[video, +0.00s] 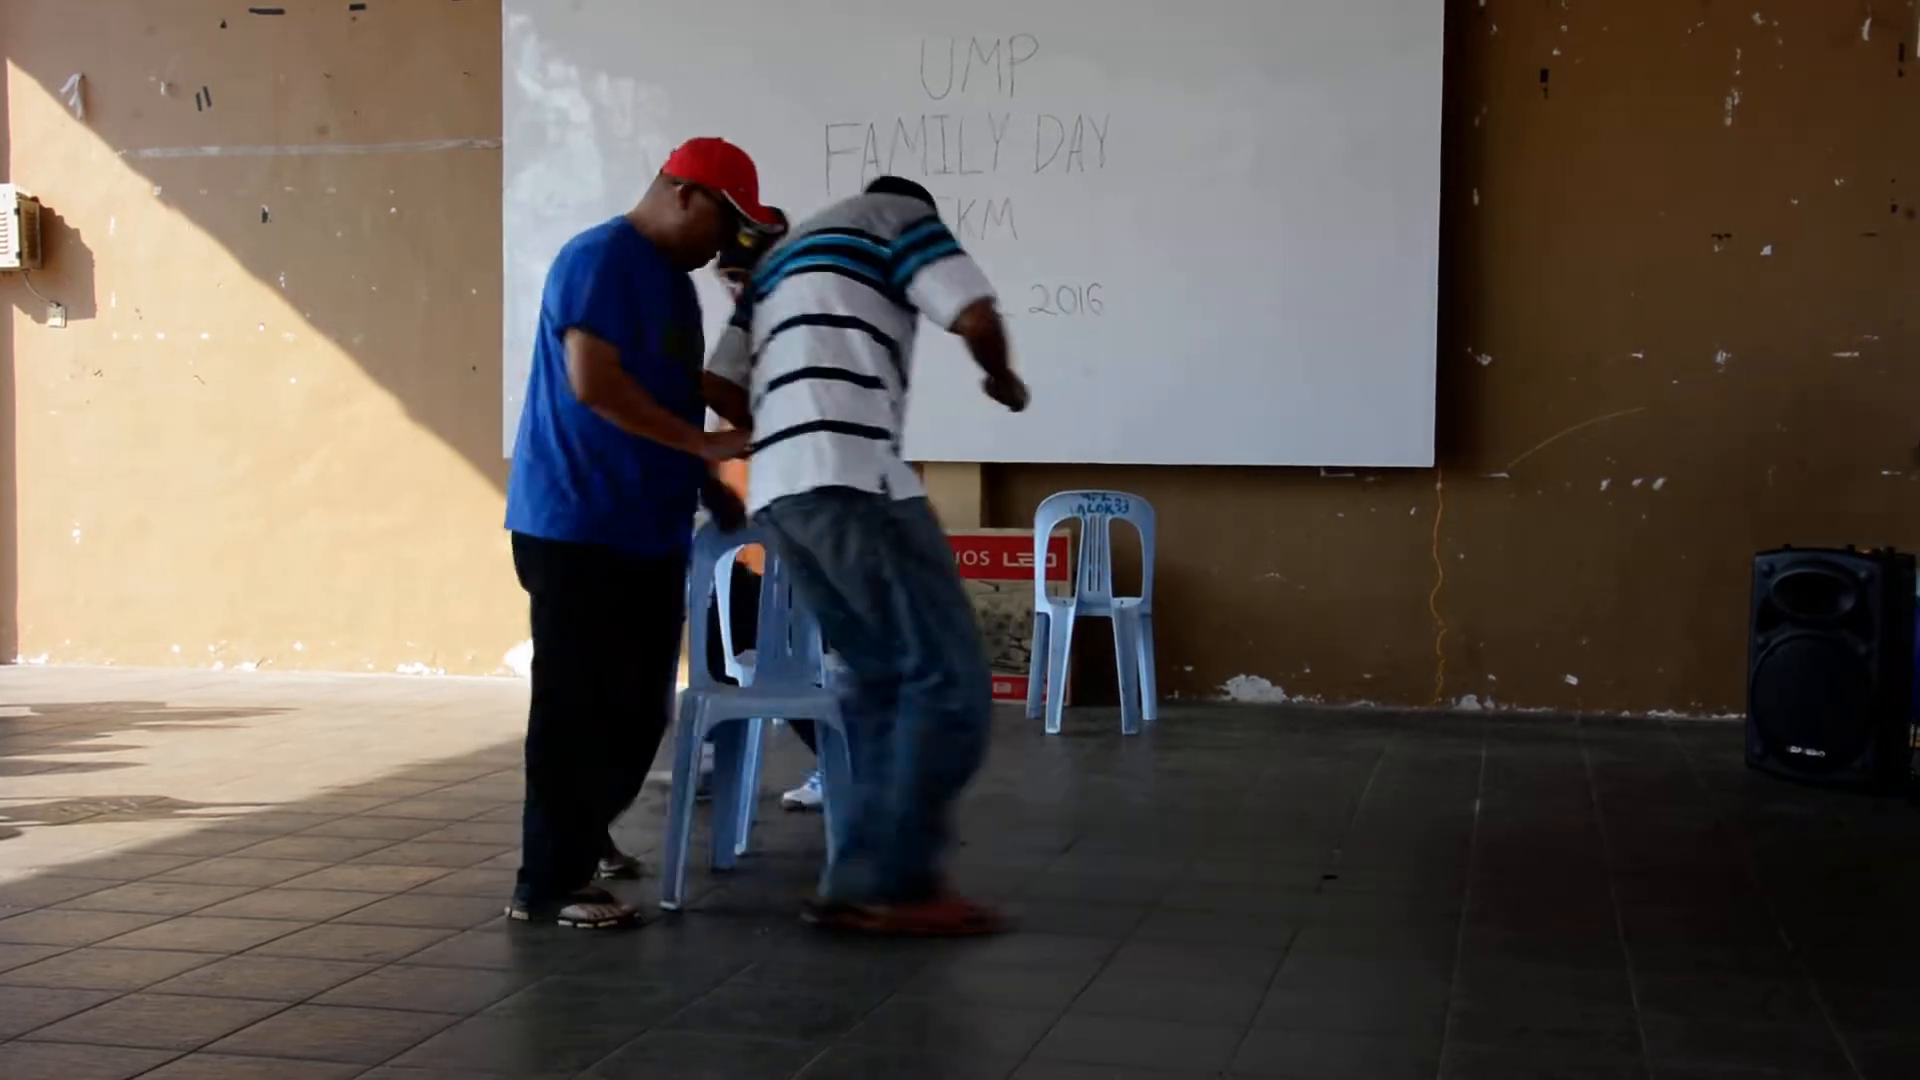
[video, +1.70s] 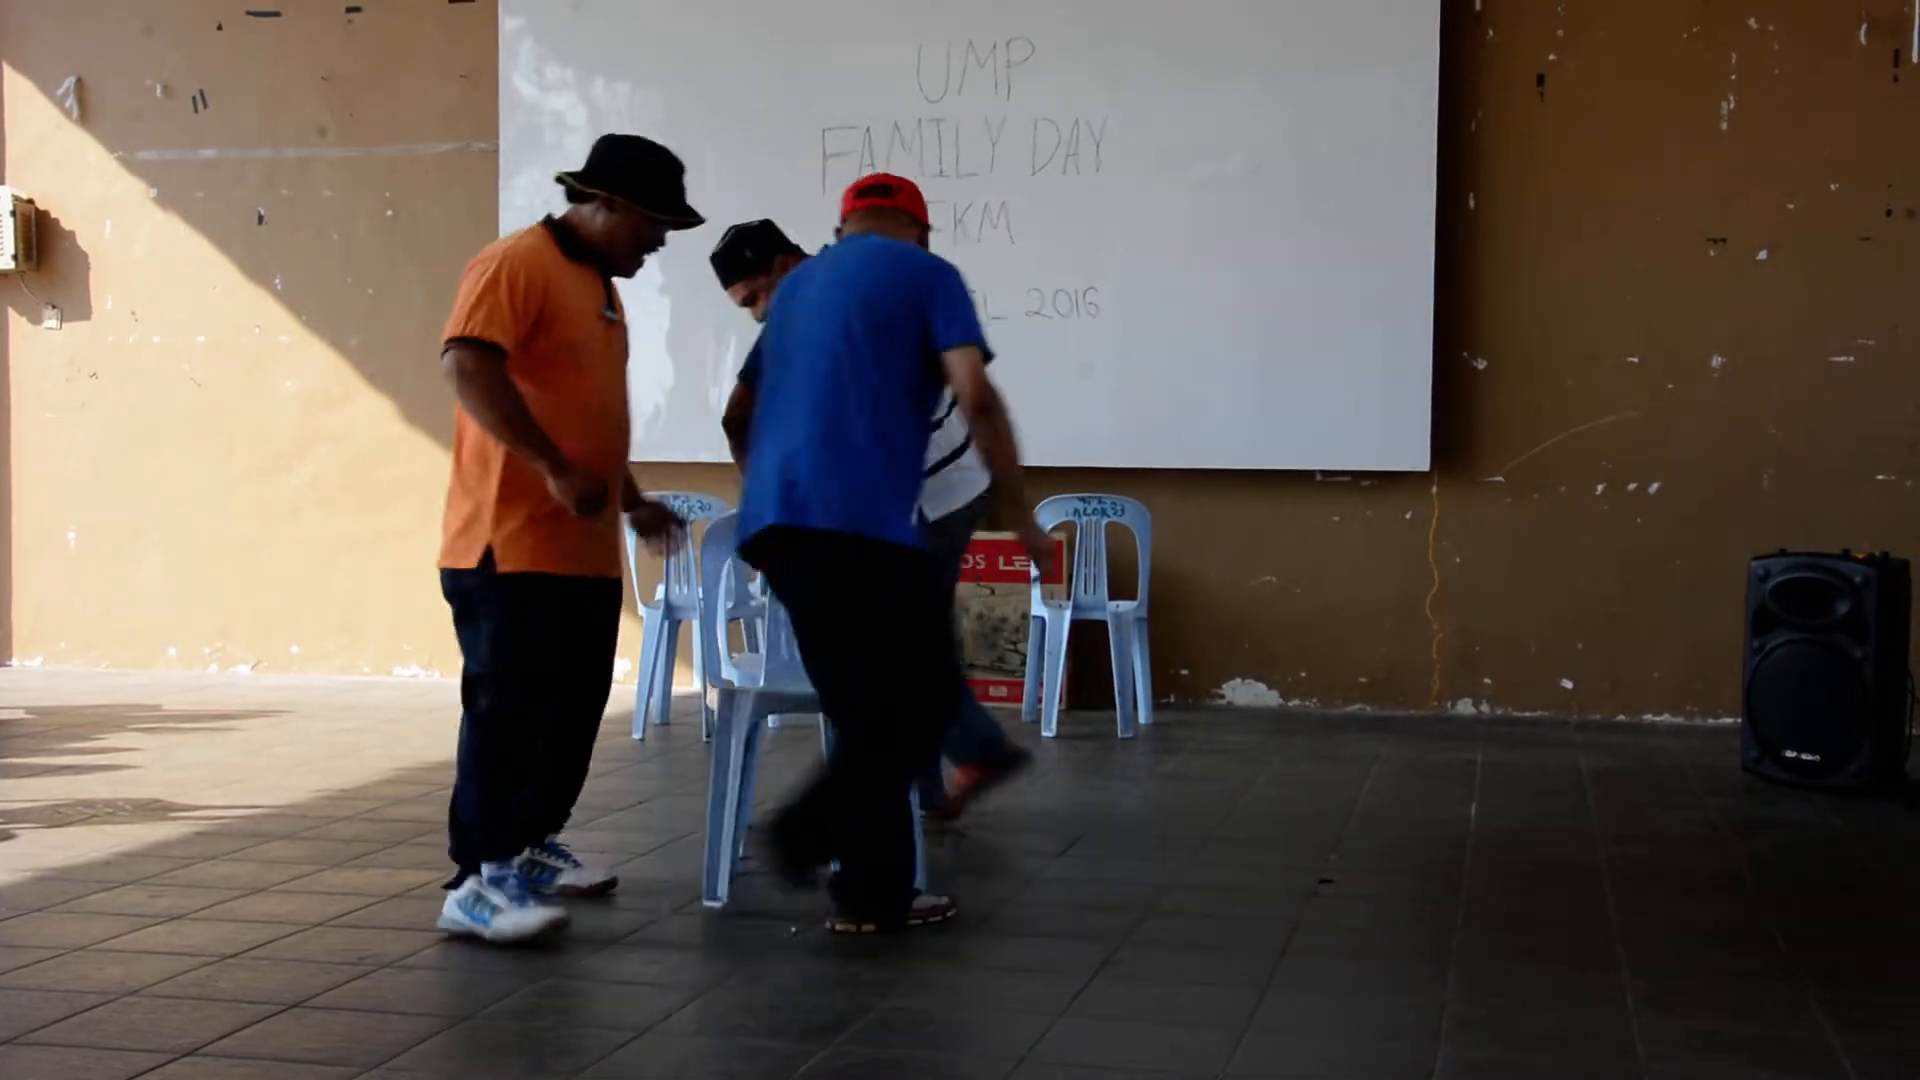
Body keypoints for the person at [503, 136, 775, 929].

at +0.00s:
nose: (724, 241)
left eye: (731, 227)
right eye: (722, 220)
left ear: (688, 202)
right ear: (684, 195)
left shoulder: (671, 283)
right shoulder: (606, 256)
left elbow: (671, 383)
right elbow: (594, 383)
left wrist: (747, 409)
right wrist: (698, 444)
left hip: (641, 534)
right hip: (578, 527)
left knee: (638, 704)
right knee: (577, 707)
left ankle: (580, 839)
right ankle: (550, 887)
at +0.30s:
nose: (756, 236)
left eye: (764, 223)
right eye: (760, 216)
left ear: (700, 184)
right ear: (728, 191)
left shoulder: (640, 238)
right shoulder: (673, 243)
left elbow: (649, 395)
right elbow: (710, 379)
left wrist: (727, 459)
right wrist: (766, 447)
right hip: (618, 515)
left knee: (578, 697)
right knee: (683, 694)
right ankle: (579, 884)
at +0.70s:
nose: (819, 293)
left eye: (825, 281)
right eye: (823, 276)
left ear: (761, 239)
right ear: (805, 255)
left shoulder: (690, 277)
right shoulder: (778, 301)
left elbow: (665, 437)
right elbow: (802, 444)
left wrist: (761, 496)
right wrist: (852, 469)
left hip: (577, 508)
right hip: (641, 520)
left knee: (666, 702)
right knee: (701, 705)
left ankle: (642, 883)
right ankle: (629, 903)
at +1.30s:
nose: (851, 241)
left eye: (852, 230)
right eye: (851, 227)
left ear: (776, 201)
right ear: (833, 208)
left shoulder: (722, 261)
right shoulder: (822, 248)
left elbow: (732, 410)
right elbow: (850, 389)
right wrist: (870, 489)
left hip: (669, 503)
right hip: (731, 507)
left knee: (761, 699)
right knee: (776, 702)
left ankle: (672, 845)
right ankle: (704, 924)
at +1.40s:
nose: (866, 233)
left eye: (865, 223)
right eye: (866, 220)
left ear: (786, 200)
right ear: (851, 205)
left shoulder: (735, 263)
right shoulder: (848, 250)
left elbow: (749, 404)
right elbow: (867, 400)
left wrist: (876, 437)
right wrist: (849, 507)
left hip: (692, 503)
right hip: (754, 507)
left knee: (835, 665)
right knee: (769, 701)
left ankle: (763, 865)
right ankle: (703, 918)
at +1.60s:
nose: (909, 241)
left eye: (904, 232)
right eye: (909, 229)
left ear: (828, 214)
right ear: (897, 219)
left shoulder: (775, 274)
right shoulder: (906, 268)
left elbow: (741, 403)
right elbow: (944, 404)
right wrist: (970, 497)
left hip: (748, 514)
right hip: (822, 519)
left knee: (867, 701)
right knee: (846, 704)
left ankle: (874, 895)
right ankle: (710, 904)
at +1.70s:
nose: (921, 246)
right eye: (922, 234)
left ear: (844, 224)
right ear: (919, 228)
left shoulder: (796, 286)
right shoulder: (928, 273)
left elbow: (738, 414)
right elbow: (975, 395)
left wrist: (774, 496)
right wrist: (1018, 511)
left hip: (776, 520)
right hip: (862, 518)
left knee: (866, 706)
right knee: (920, 695)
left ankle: (874, 894)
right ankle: (799, 836)